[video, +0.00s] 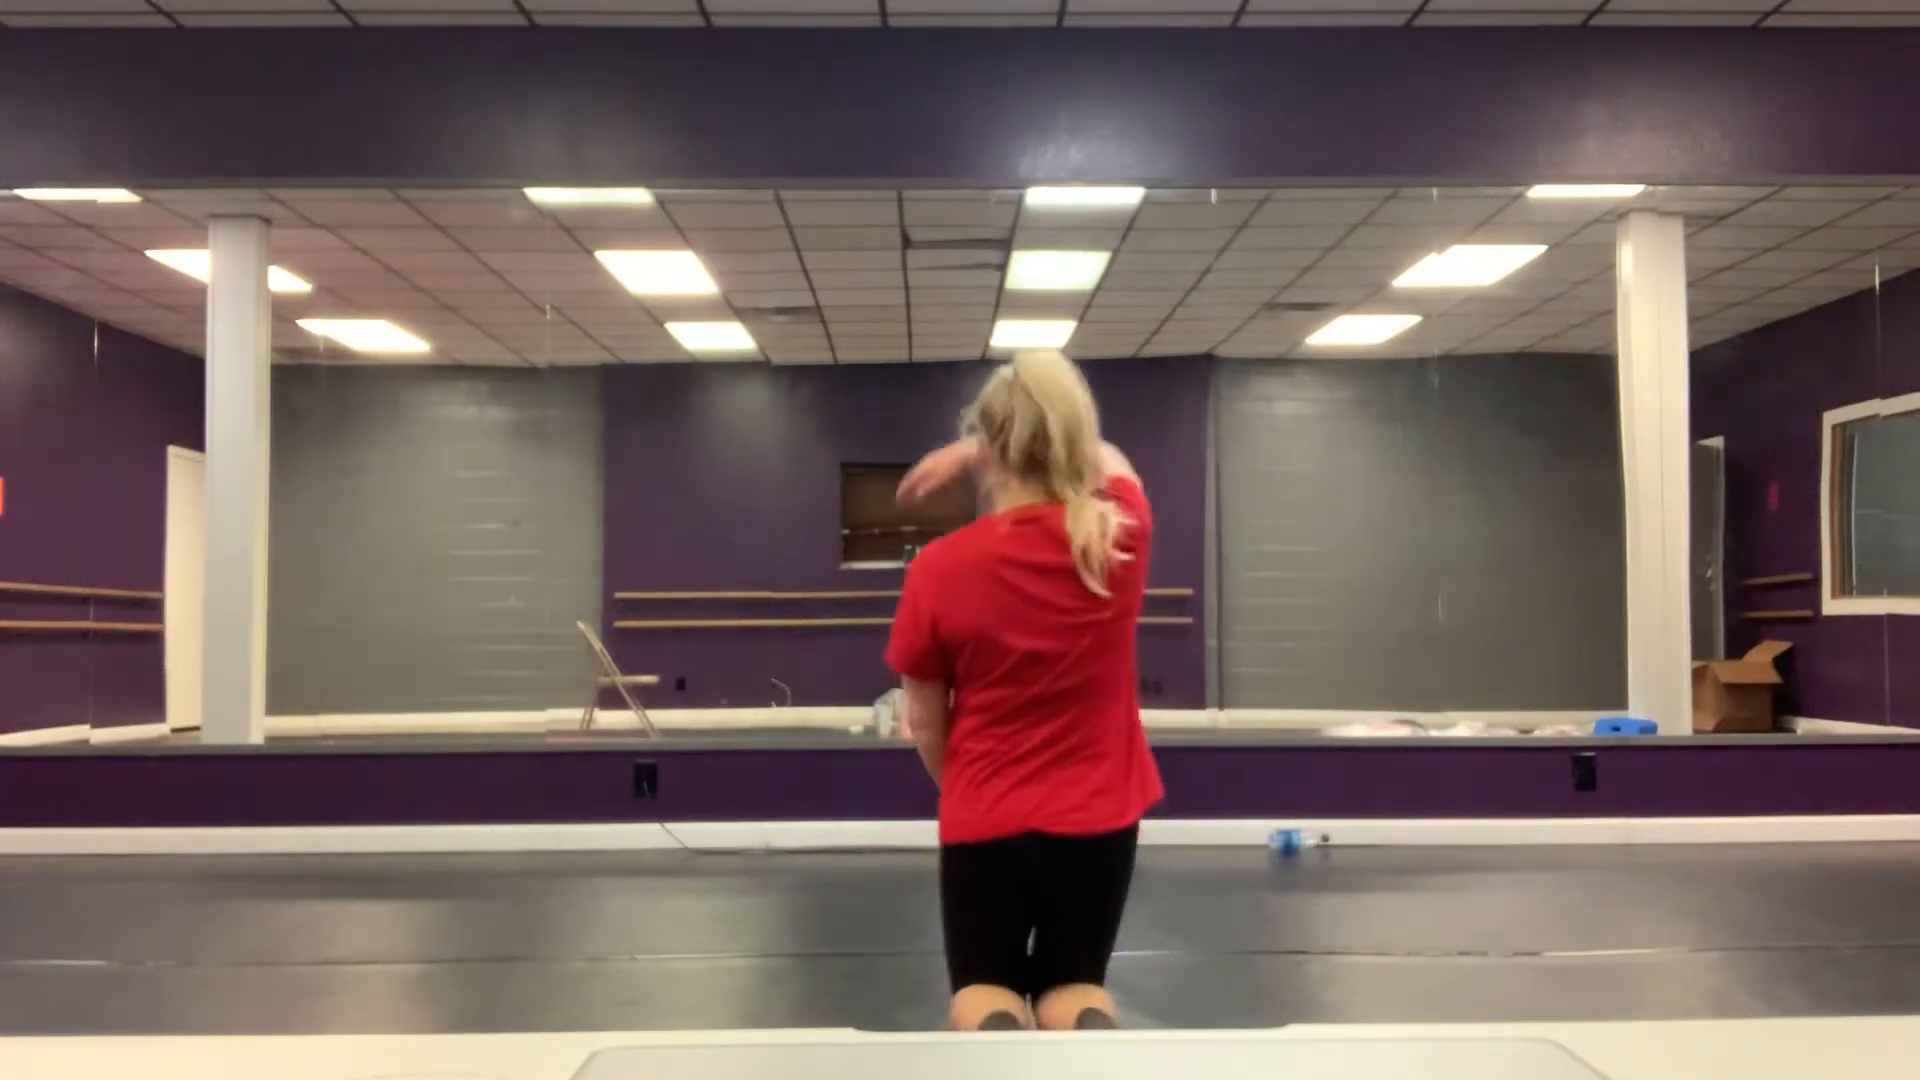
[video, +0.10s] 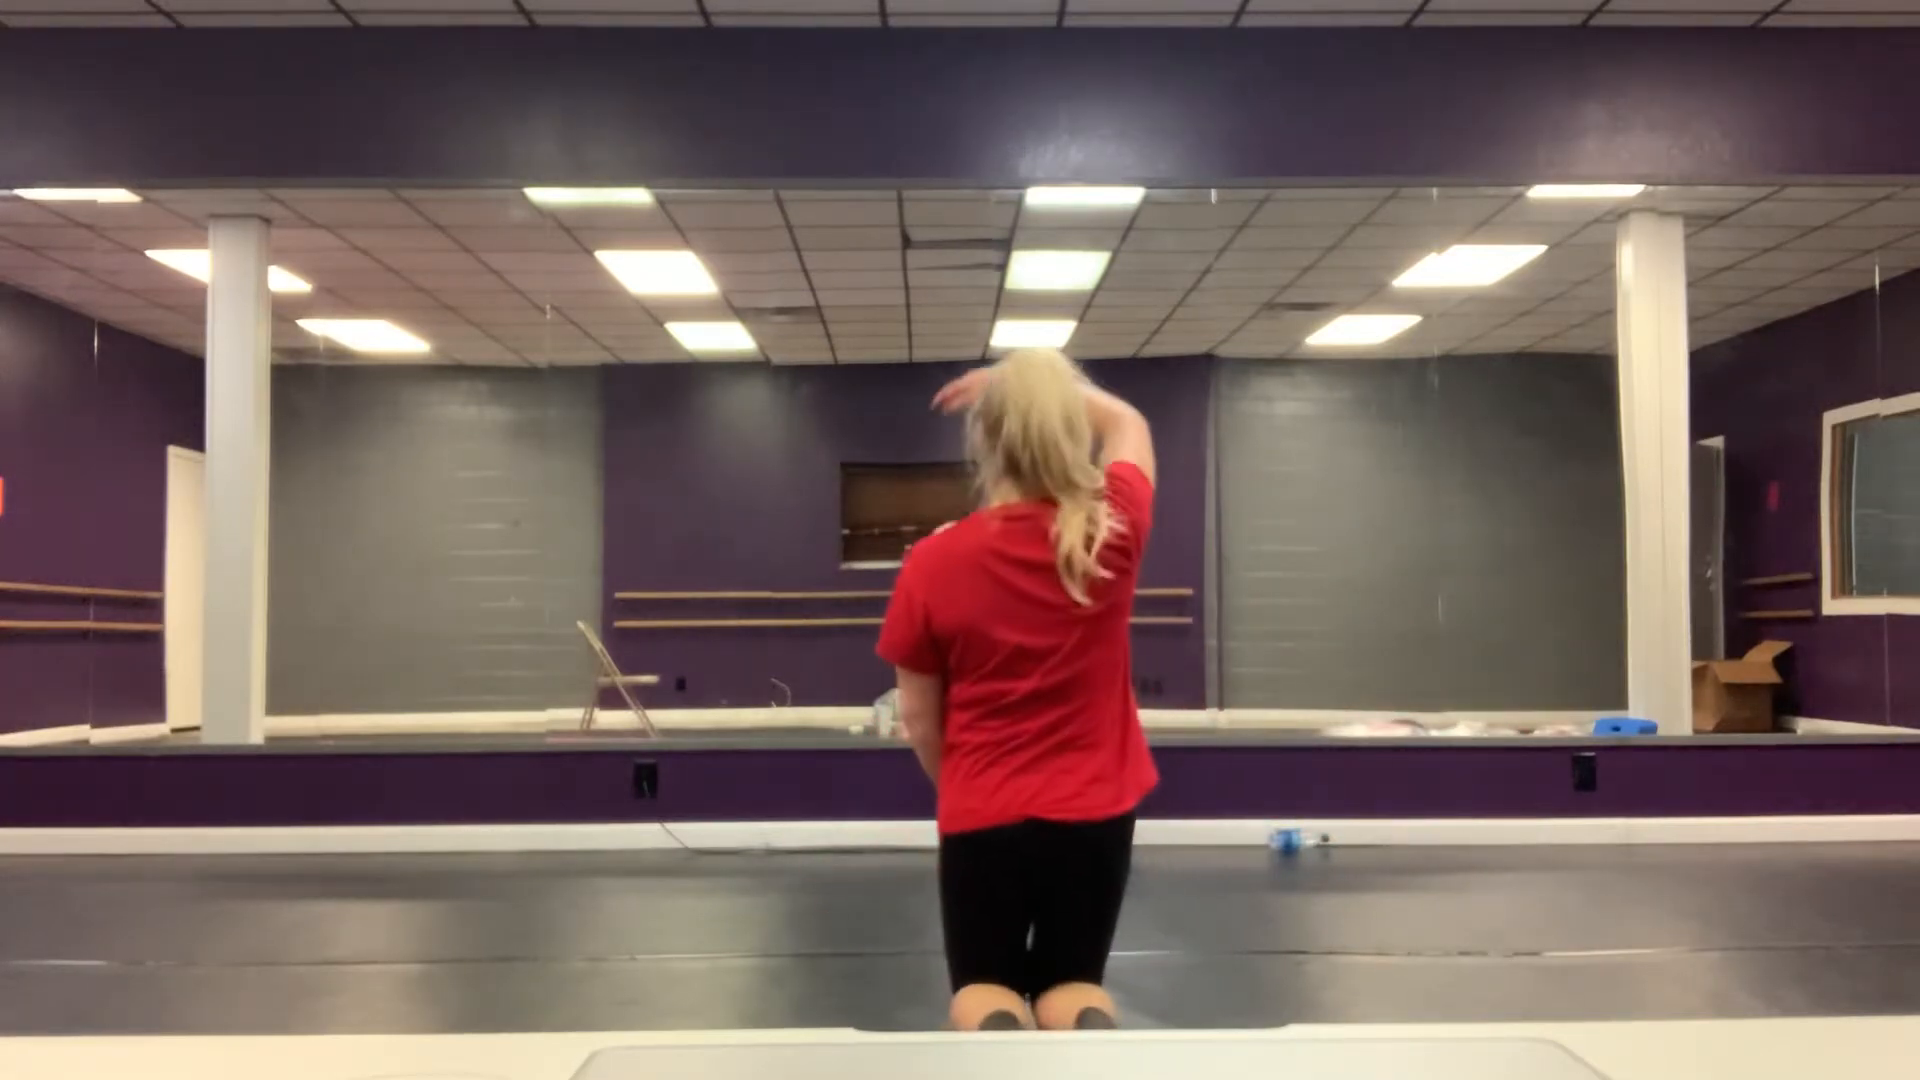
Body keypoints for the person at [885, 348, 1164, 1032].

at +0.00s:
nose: (979, 448)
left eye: (983, 438)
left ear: (995, 450)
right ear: (1075, 441)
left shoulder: (941, 566)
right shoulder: (1121, 532)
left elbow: (924, 724)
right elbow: (1092, 448)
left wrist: (968, 790)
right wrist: (975, 448)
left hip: (987, 815)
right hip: (1101, 813)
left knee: (985, 981)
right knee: (1073, 980)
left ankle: (1002, 1040)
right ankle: (1093, 1040)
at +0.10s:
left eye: (980, 425)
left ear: (985, 442)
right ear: (1072, 436)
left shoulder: (935, 561)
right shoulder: (1111, 532)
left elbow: (918, 719)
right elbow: (1124, 423)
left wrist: (964, 789)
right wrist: (1013, 377)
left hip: (982, 812)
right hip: (1096, 809)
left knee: (984, 979)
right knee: (1071, 977)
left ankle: (1003, 1039)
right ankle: (1091, 1038)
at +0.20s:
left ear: (983, 432)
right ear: (1068, 429)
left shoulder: (930, 558)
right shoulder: (1108, 530)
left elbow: (916, 713)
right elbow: (1149, 410)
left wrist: (956, 791)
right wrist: (1071, 328)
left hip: (982, 807)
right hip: (1094, 803)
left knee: (985, 979)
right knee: (1071, 976)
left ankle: (1004, 1040)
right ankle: (1093, 1039)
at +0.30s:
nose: (1076, 433)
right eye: (1071, 420)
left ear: (981, 436)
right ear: (1070, 433)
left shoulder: (927, 557)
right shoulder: (1105, 528)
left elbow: (915, 718)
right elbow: (1175, 413)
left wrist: (959, 797)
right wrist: (1118, 301)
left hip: (980, 811)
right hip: (1090, 808)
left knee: (985, 982)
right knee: (1071, 978)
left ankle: (1003, 1034)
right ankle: (1092, 1030)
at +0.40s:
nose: (1085, 448)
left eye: (1084, 433)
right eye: (1082, 433)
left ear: (986, 442)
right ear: (1068, 440)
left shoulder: (927, 557)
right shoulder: (1107, 532)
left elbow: (910, 711)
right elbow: (1198, 424)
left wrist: (956, 789)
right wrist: (1171, 299)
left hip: (979, 811)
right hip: (1092, 809)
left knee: (983, 980)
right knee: (1073, 975)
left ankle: (1006, 1040)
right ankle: (1092, 1036)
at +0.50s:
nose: (1096, 455)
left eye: (1095, 439)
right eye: (1089, 440)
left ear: (994, 443)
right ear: (1064, 445)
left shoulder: (928, 560)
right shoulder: (1107, 539)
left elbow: (910, 719)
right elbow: (1220, 445)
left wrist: (957, 796)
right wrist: (1221, 309)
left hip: (977, 814)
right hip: (1094, 811)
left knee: (982, 980)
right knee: (1075, 975)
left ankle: (1010, 1044)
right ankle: (1090, 1038)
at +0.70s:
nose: (1112, 481)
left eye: (1111, 465)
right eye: (1106, 465)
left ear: (1007, 466)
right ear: (1069, 469)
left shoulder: (931, 575)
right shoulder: (1118, 563)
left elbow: (901, 730)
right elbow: (1257, 500)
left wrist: (954, 809)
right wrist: (1316, 365)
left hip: (976, 829)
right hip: (1094, 826)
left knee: (982, 984)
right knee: (1075, 979)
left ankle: (1004, 1037)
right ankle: (1092, 1036)